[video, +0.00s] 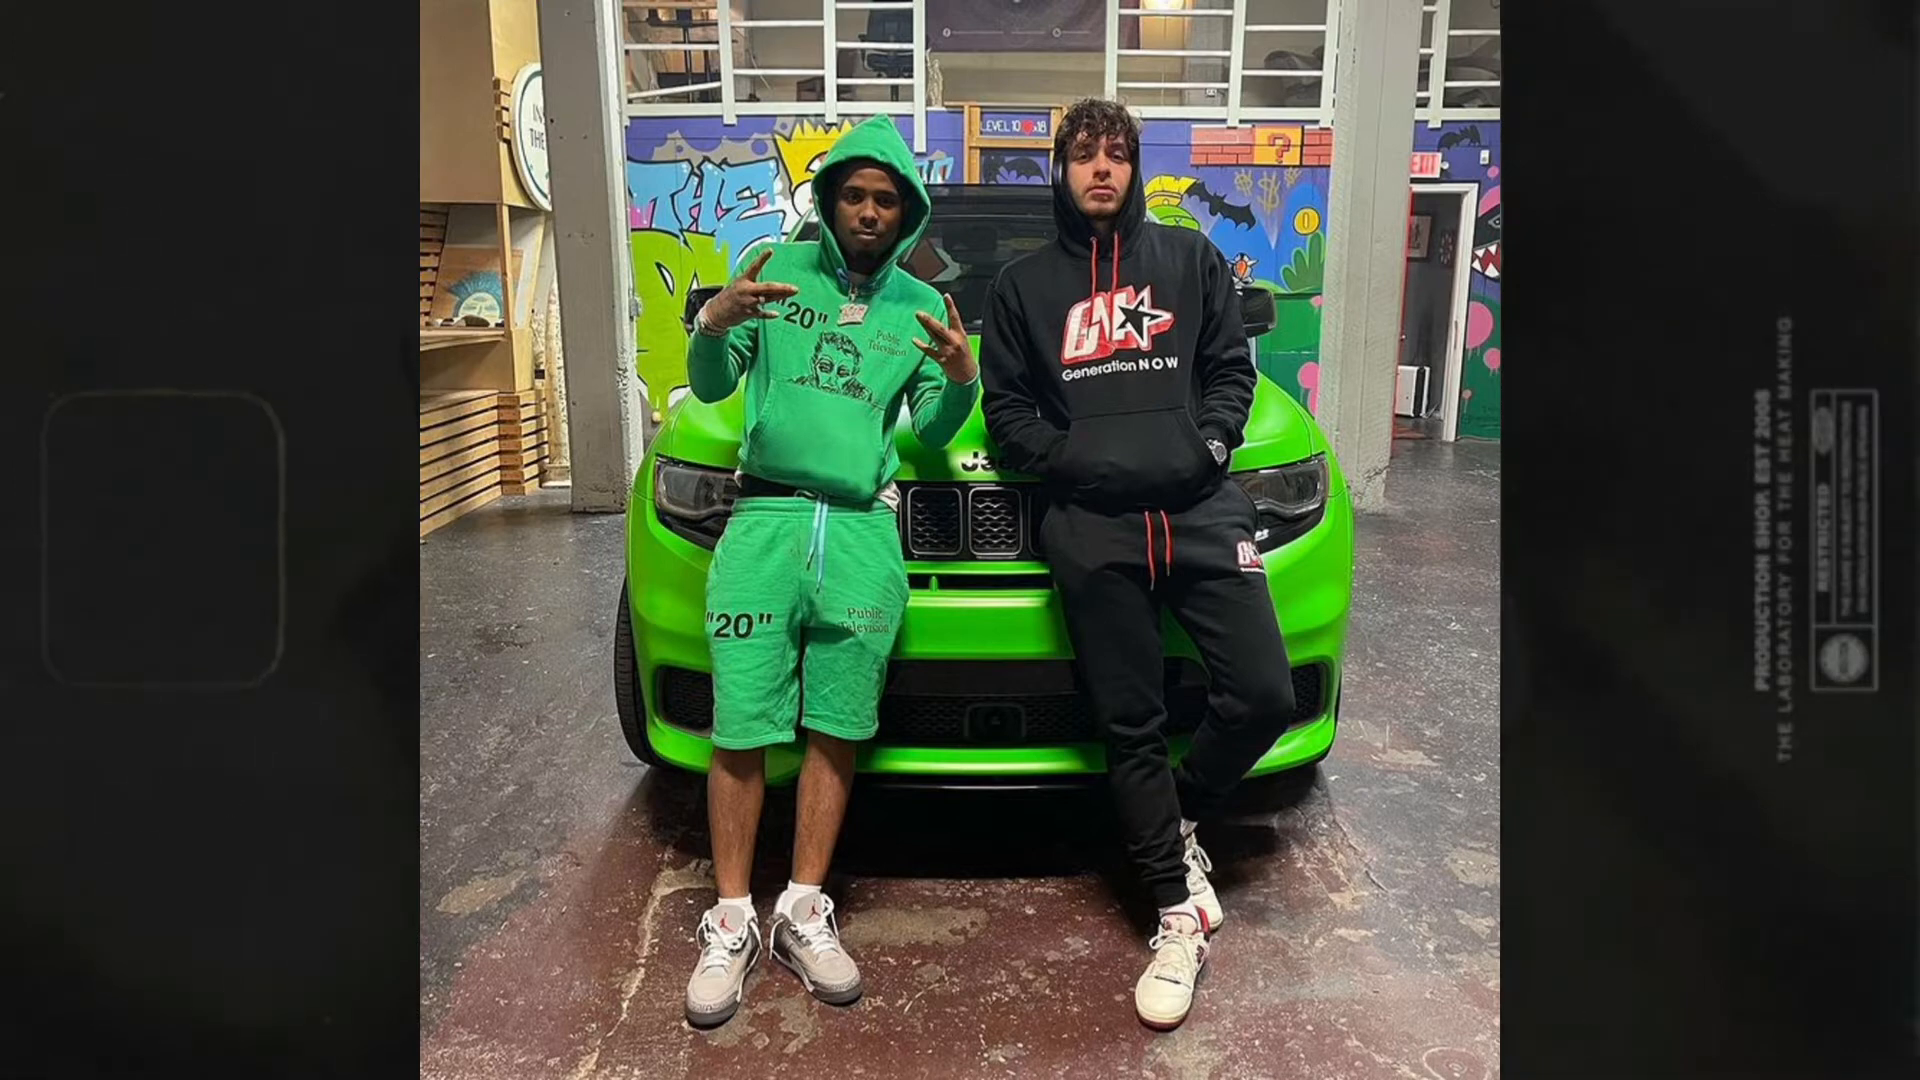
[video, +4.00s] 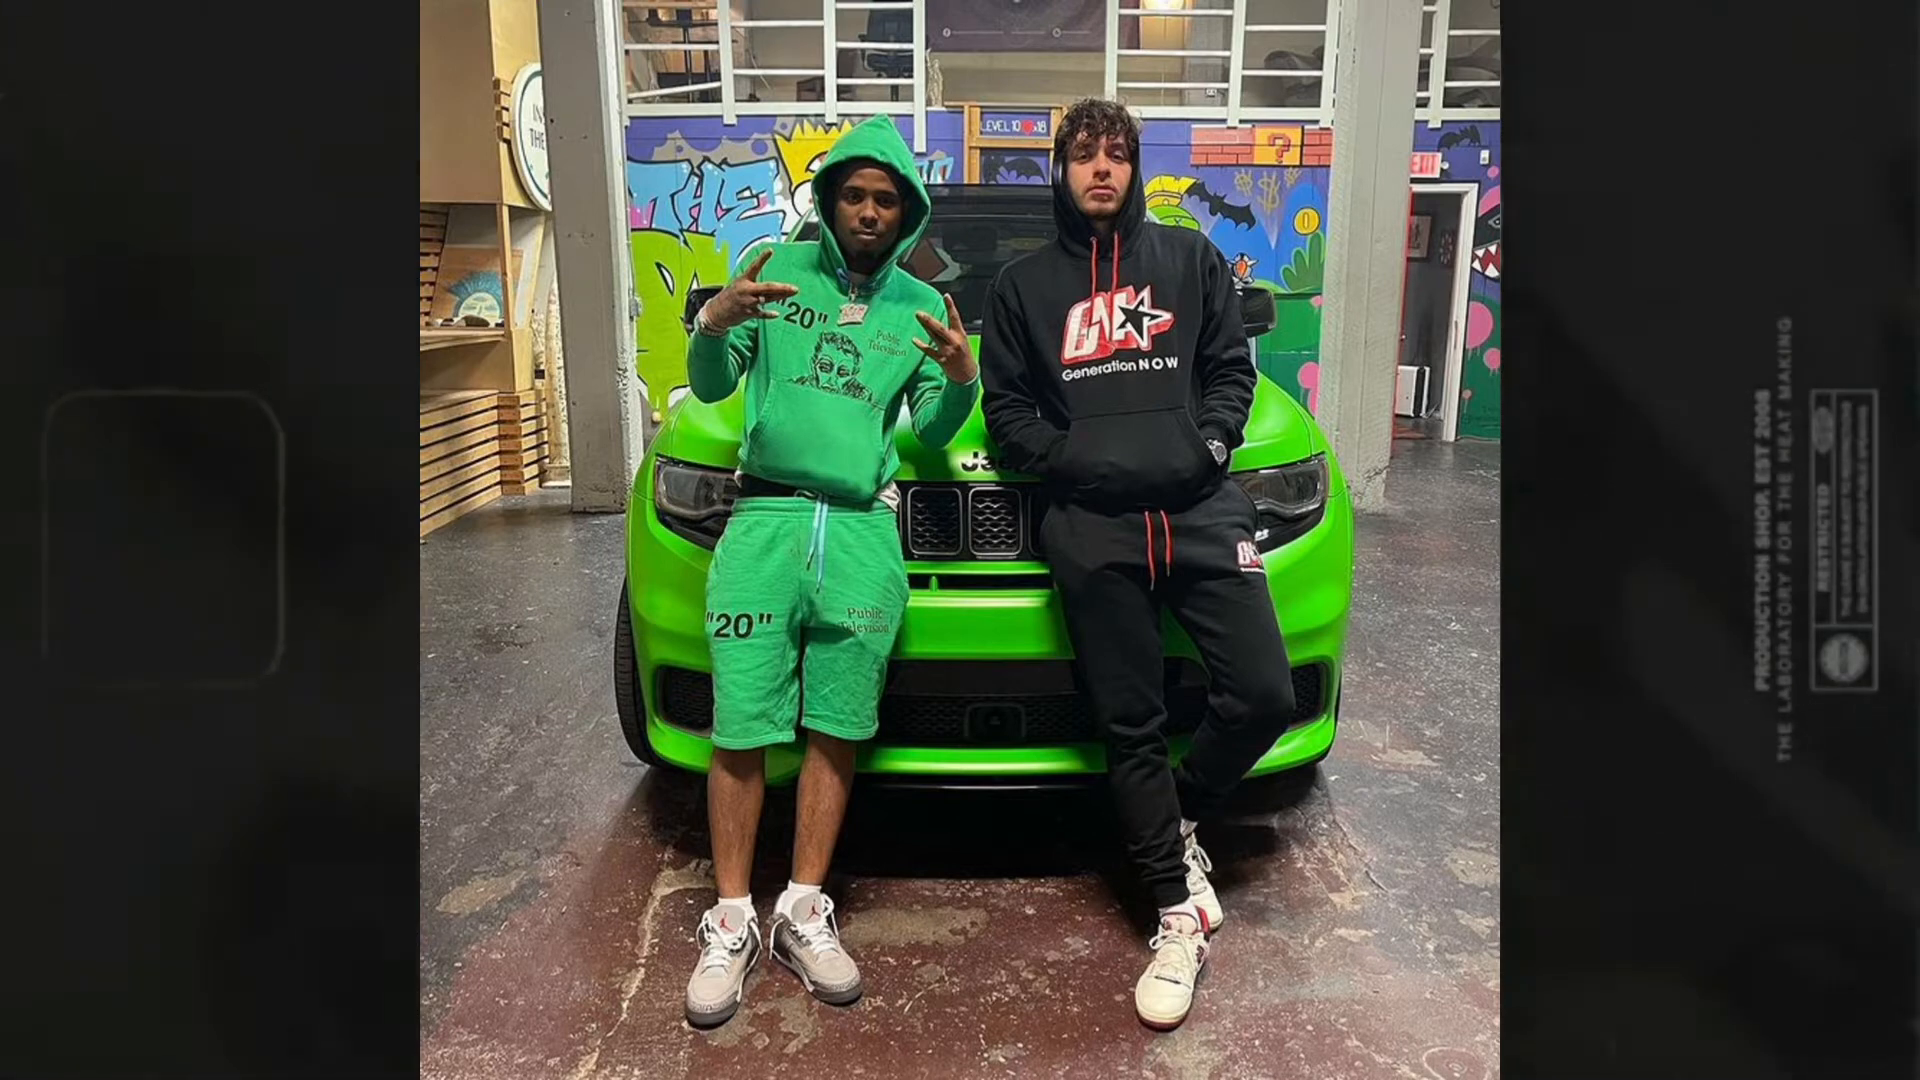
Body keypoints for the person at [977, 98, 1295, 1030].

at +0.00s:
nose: (1102, 171)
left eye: (1116, 158)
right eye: (1088, 158)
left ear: (1137, 171)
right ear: (1062, 171)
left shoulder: (1191, 256)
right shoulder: (1018, 280)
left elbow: (1232, 364)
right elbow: (1004, 403)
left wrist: (1209, 444)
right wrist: (1065, 458)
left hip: (1200, 503)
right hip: (1091, 514)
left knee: (1262, 693)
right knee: (1131, 718)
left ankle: (1179, 819)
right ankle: (1180, 916)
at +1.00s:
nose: (1102, 171)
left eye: (1115, 158)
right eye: (1087, 158)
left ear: (1136, 171)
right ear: (1061, 172)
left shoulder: (1191, 256)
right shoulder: (1017, 280)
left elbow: (1232, 363)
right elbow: (1003, 403)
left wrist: (1209, 444)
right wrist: (1064, 457)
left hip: (1200, 503)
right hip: (1091, 514)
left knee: (1262, 692)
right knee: (1131, 719)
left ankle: (1180, 818)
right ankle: (1179, 917)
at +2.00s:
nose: (1102, 171)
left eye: (1116, 158)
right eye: (1088, 158)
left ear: (1137, 171)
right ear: (1062, 171)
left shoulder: (1191, 256)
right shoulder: (1018, 280)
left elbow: (1232, 364)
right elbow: (1004, 403)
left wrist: (1209, 444)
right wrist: (1065, 458)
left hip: (1200, 503)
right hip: (1091, 514)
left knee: (1262, 693)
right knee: (1131, 718)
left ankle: (1179, 819)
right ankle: (1179, 916)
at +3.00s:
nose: (1102, 171)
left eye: (1116, 158)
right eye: (1088, 158)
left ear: (1137, 171)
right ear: (1062, 171)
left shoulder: (1191, 256)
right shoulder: (1018, 280)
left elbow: (1232, 364)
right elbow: (1004, 403)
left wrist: (1209, 444)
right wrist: (1065, 458)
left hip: (1200, 503)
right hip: (1091, 514)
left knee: (1262, 693)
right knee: (1131, 718)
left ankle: (1179, 819)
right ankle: (1179, 917)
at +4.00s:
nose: (1101, 171)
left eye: (1115, 158)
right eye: (1087, 159)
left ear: (1137, 170)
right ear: (1062, 171)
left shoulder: (1192, 257)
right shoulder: (1019, 281)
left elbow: (1232, 366)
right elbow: (1005, 404)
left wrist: (1208, 445)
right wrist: (1066, 457)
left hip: (1201, 503)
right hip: (1090, 514)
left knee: (1262, 693)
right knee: (1131, 718)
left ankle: (1179, 820)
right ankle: (1179, 917)